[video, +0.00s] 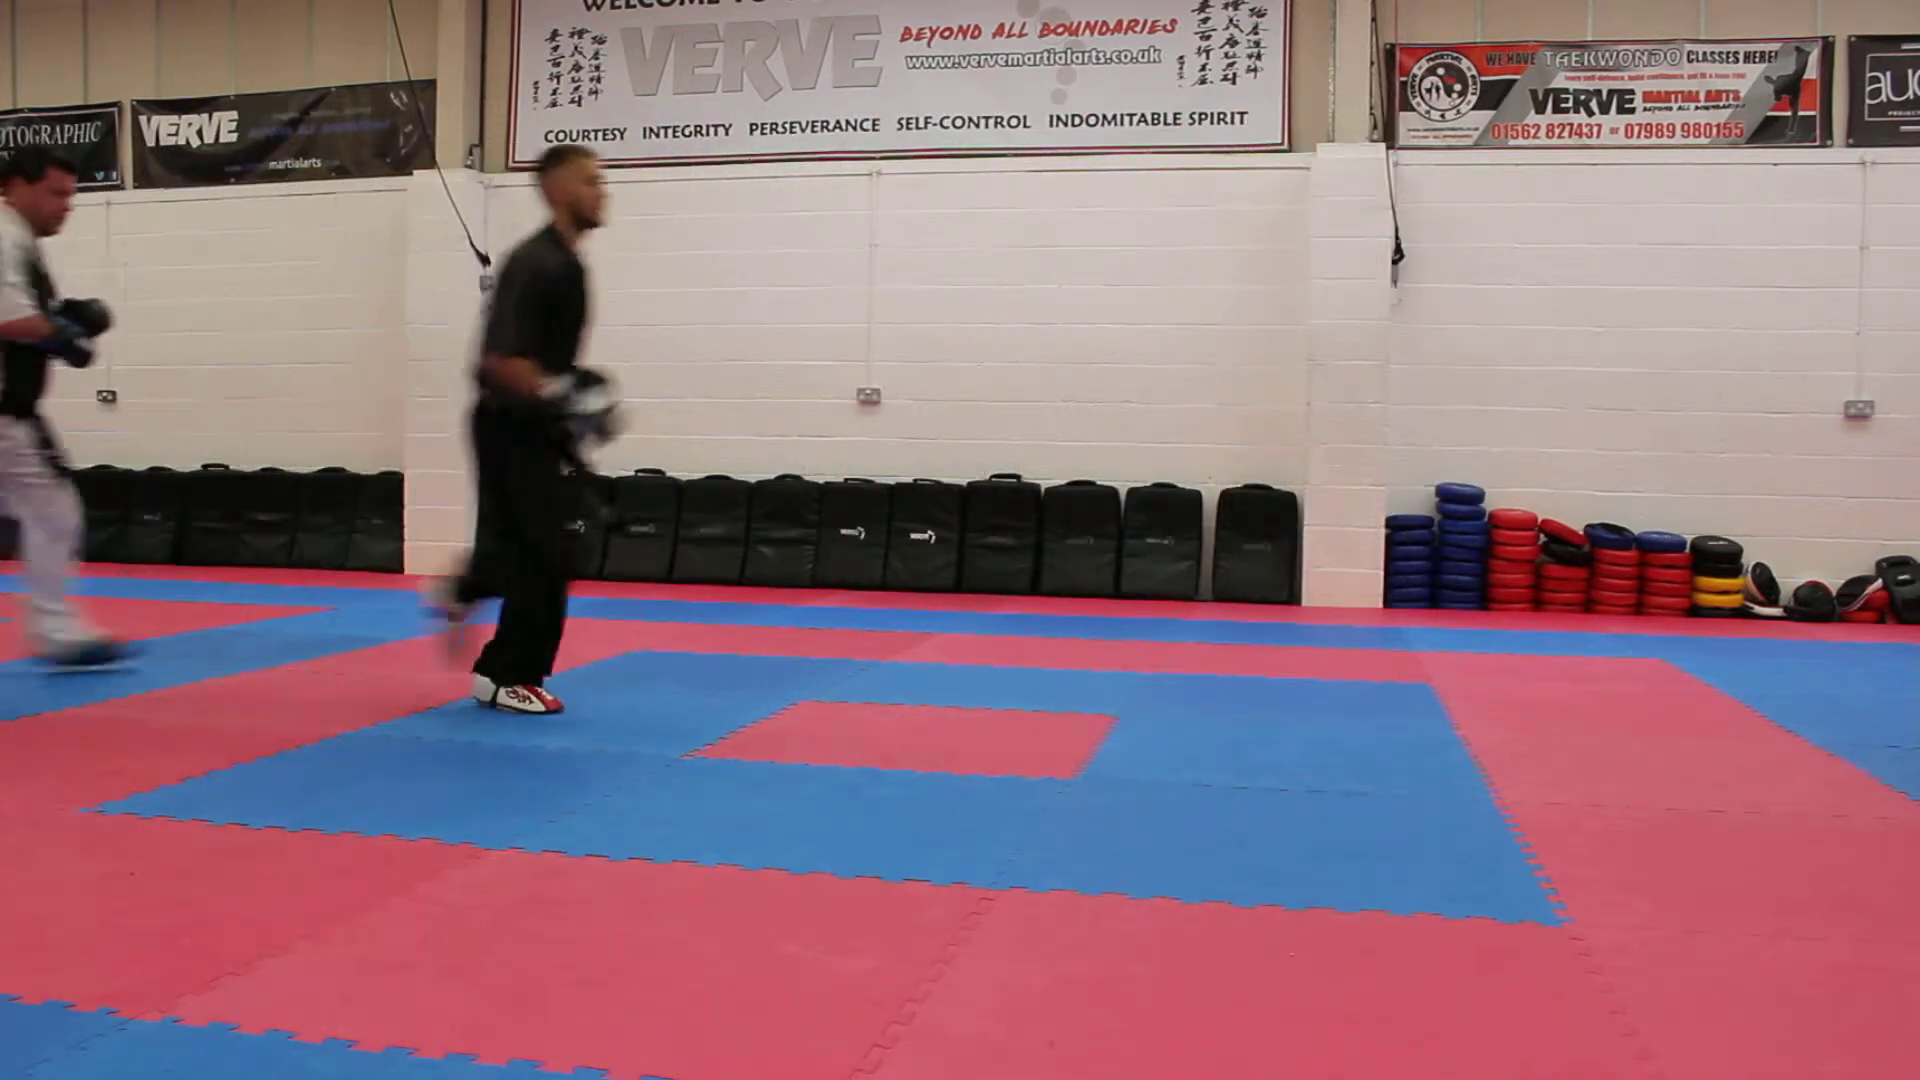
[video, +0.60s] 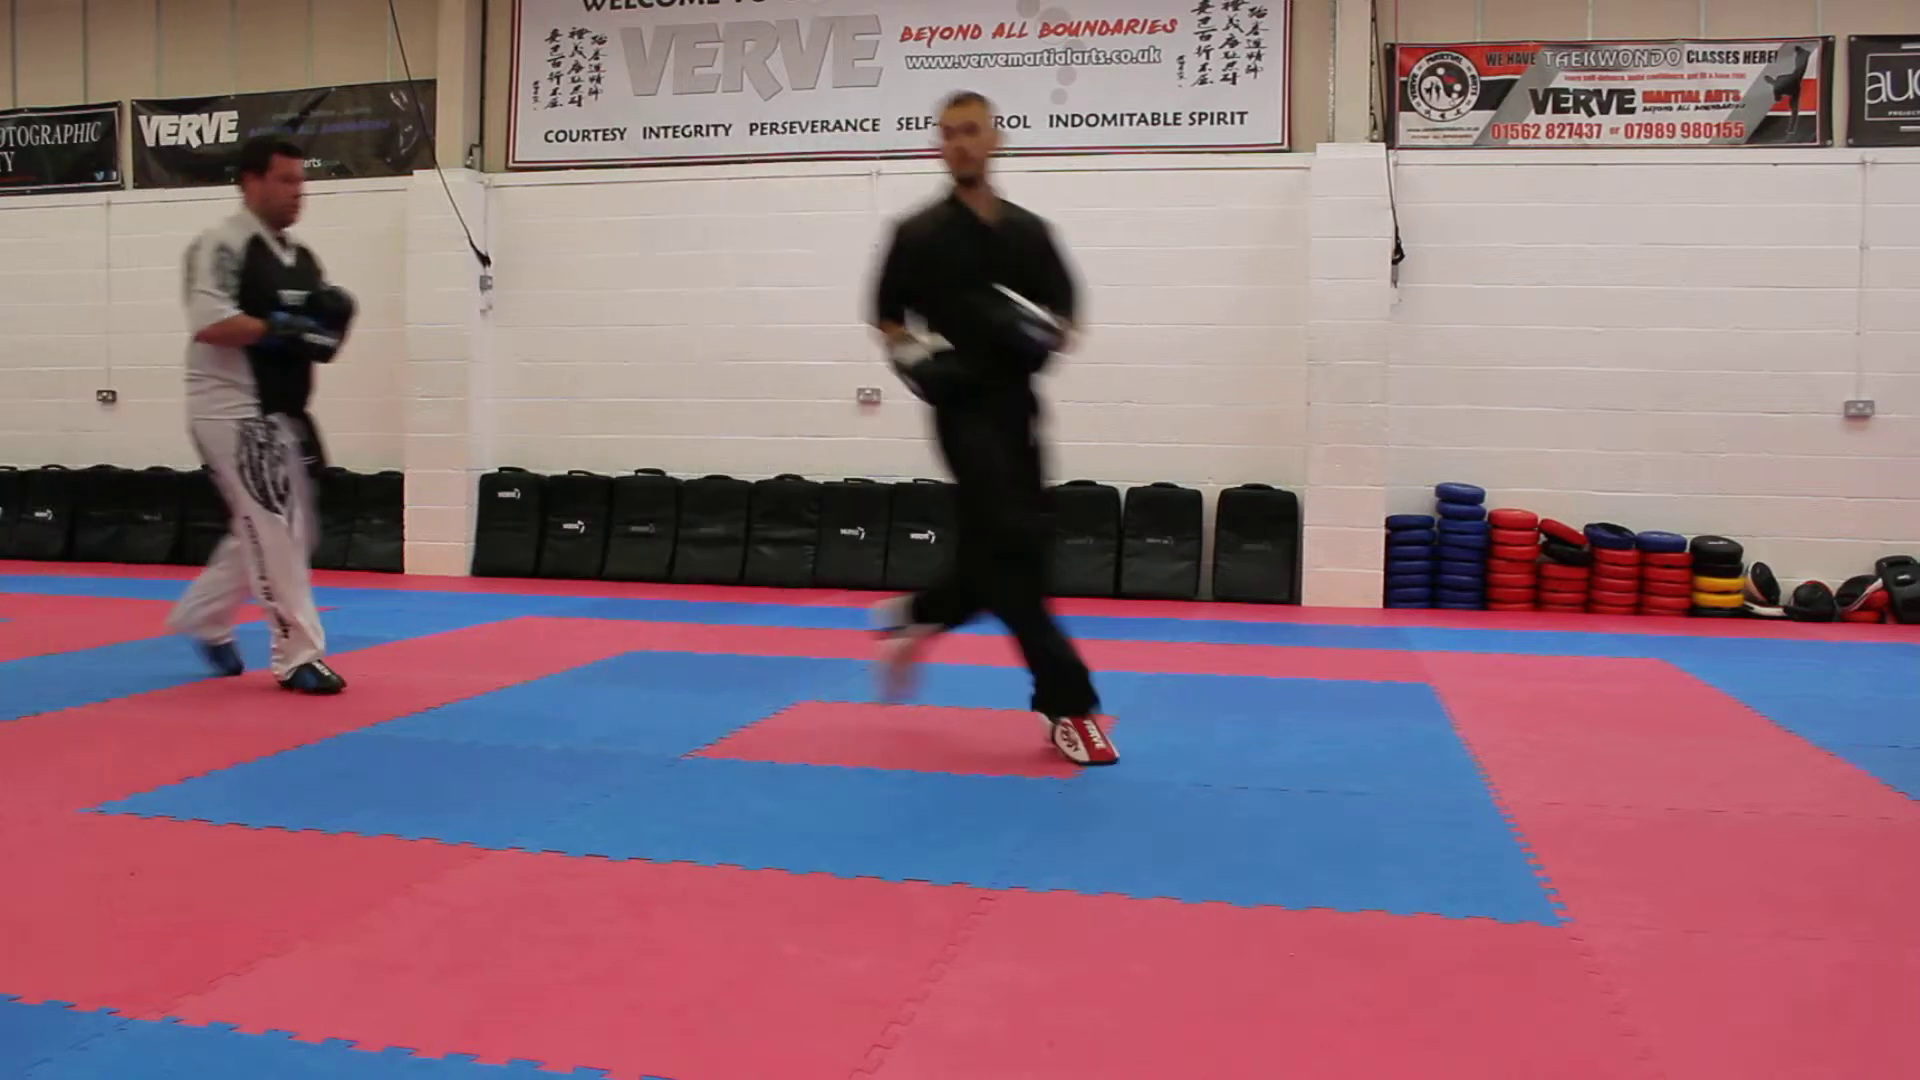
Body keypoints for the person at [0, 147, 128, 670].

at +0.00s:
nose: (66, 207)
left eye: (69, 196)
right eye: (57, 194)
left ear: (23, 193)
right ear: (18, 189)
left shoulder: (22, 242)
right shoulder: (6, 240)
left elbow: (25, 317)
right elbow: (12, 320)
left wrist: (58, 338)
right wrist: (63, 322)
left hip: (17, 415)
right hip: (8, 417)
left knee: (51, 508)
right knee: (53, 507)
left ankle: (56, 628)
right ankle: (55, 629)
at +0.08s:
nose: (98, 207)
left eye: (100, 196)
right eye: (89, 195)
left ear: (61, 195)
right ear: (51, 192)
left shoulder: (50, 248)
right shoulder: (30, 244)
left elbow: (59, 323)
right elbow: (55, 325)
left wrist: (96, 337)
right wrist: (105, 325)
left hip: (43, 426)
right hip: (24, 427)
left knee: (85, 534)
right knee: (84, 534)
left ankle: (149, 636)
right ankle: (148, 635)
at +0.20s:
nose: (150, 206)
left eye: (152, 196)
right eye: (140, 195)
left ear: (117, 198)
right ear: (102, 194)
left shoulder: (117, 256)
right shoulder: (80, 248)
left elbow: (125, 328)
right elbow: (112, 327)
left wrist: (161, 343)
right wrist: (163, 322)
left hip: (116, 426)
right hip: (62, 427)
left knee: (152, 533)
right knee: (37, 543)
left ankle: (170, 646)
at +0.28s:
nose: (185, 199)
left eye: (187, 189)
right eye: (175, 188)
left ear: (177, 192)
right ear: (139, 188)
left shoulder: (164, 256)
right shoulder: (110, 240)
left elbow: (178, 308)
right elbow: (128, 315)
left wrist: (209, 312)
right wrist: (187, 331)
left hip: (144, 413)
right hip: (96, 410)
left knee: (168, 527)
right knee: (114, 529)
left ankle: (168, 646)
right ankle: (19, 607)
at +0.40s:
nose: (231, 192)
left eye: (234, 183)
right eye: (221, 181)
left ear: (233, 185)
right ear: (185, 182)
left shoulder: (224, 253)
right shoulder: (152, 233)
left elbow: (246, 310)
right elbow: (149, 305)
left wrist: (251, 311)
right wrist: (218, 318)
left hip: (188, 399)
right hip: (141, 395)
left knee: (194, 514)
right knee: (191, 510)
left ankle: (172, 637)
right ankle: (172, 638)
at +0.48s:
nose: (257, 193)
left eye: (261, 183)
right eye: (246, 182)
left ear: (259, 188)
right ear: (212, 184)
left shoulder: (258, 255)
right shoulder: (177, 236)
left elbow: (284, 331)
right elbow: (165, 312)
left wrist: (283, 315)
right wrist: (235, 319)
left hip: (226, 403)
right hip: (175, 399)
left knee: (198, 528)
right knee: (228, 519)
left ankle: (169, 642)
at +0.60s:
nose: (298, 192)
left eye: (301, 182)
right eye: (287, 182)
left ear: (299, 185)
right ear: (251, 184)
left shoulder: (299, 256)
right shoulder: (217, 244)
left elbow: (320, 327)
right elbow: (207, 322)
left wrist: (327, 320)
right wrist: (280, 327)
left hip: (281, 407)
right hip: (228, 407)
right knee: (268, 522)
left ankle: (203, 616)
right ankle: (297, 654)